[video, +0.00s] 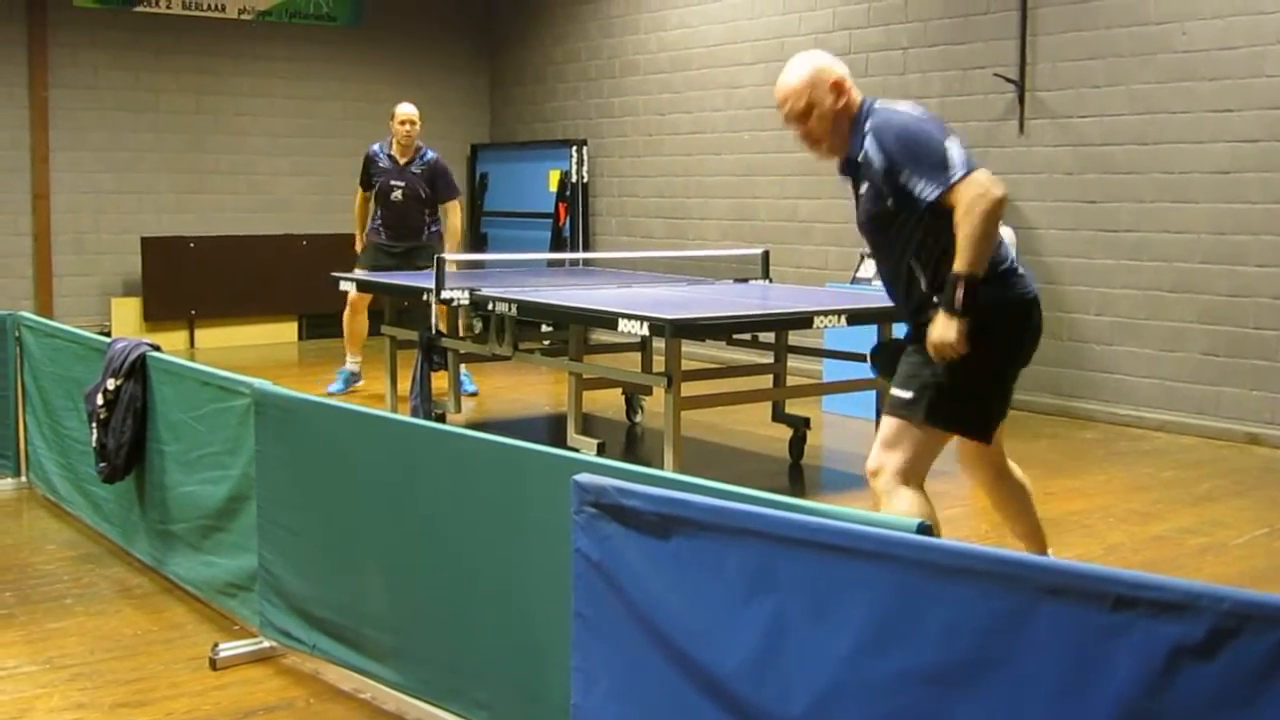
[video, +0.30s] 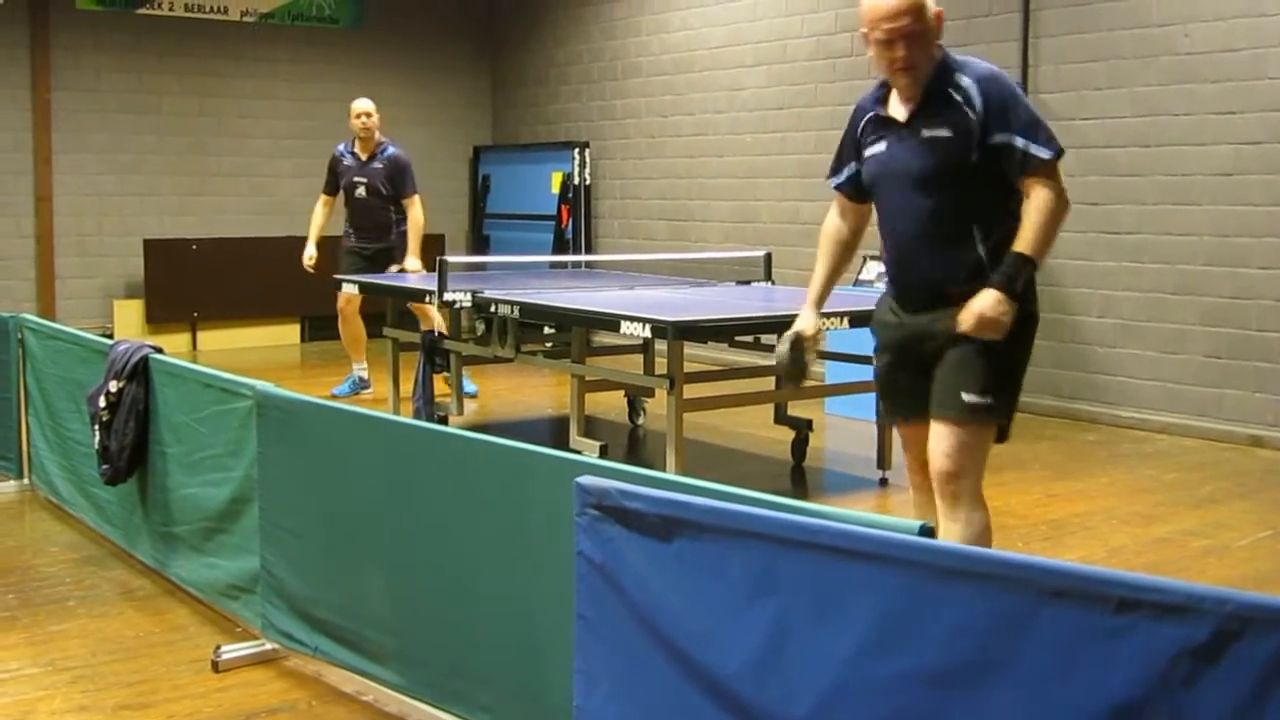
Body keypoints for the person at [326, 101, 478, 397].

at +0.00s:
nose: (408, 129)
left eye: (413, 123)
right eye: (402, 123)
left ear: (420, 128)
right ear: (391, 126)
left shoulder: (432, 163)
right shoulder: (375, 156)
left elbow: (453, 209)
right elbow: (364, 196)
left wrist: (452, 256)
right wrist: (359, 236)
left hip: (423, 246)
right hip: (380, 244)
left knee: (445, 301)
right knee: (355, 299)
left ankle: (455, 367)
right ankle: (352, 368)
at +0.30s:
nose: (364, 120)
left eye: (369, 115)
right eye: (358, 116)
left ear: (378, 119)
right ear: (350, 123)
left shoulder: (395, 159)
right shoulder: (341, 158)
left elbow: (414, 209)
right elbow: (325, 202)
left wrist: (413, 256)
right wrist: (311, 243)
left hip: (394, 247)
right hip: (355, 246)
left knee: (422, 305)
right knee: (346, 305)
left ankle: (452, 369)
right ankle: (360, 376)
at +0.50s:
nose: (350, 112)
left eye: (354, 106)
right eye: (343, 108)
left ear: (363, 111)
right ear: (336, 116)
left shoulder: (382, 152)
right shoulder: (327, 152)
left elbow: (400, 200)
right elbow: (310, 196)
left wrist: (385, 226)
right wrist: (299, 235)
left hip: (380, 235)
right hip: (342, 238)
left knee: (390, 300)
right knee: (345, 304)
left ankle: (411, 370)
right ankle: (361, 376)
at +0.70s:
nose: (343, 109)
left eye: (348, 103)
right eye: (337, 105)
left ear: (358, 110)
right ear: (329, 114)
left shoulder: (376, 151)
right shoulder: (320, 152)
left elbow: (399, 197)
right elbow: (304, 199)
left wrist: (381, 218)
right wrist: (299, 240)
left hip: (371, 239)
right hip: (335, 242)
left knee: (366, 301)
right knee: (344, 306)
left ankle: (365, 377)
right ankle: (357, 374)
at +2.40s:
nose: (381, 114)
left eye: (381, 108)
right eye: (375, 108)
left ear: (359, 111)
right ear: (352, 110)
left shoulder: (376, 153)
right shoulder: (318, 145)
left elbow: (391, 210)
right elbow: (291, 198)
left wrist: (414, 256)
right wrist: (298, 247)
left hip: (362, 251)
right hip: (325, 250)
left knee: (366, 318)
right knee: (329, 322)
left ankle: (329, 384)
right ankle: (338, 399)